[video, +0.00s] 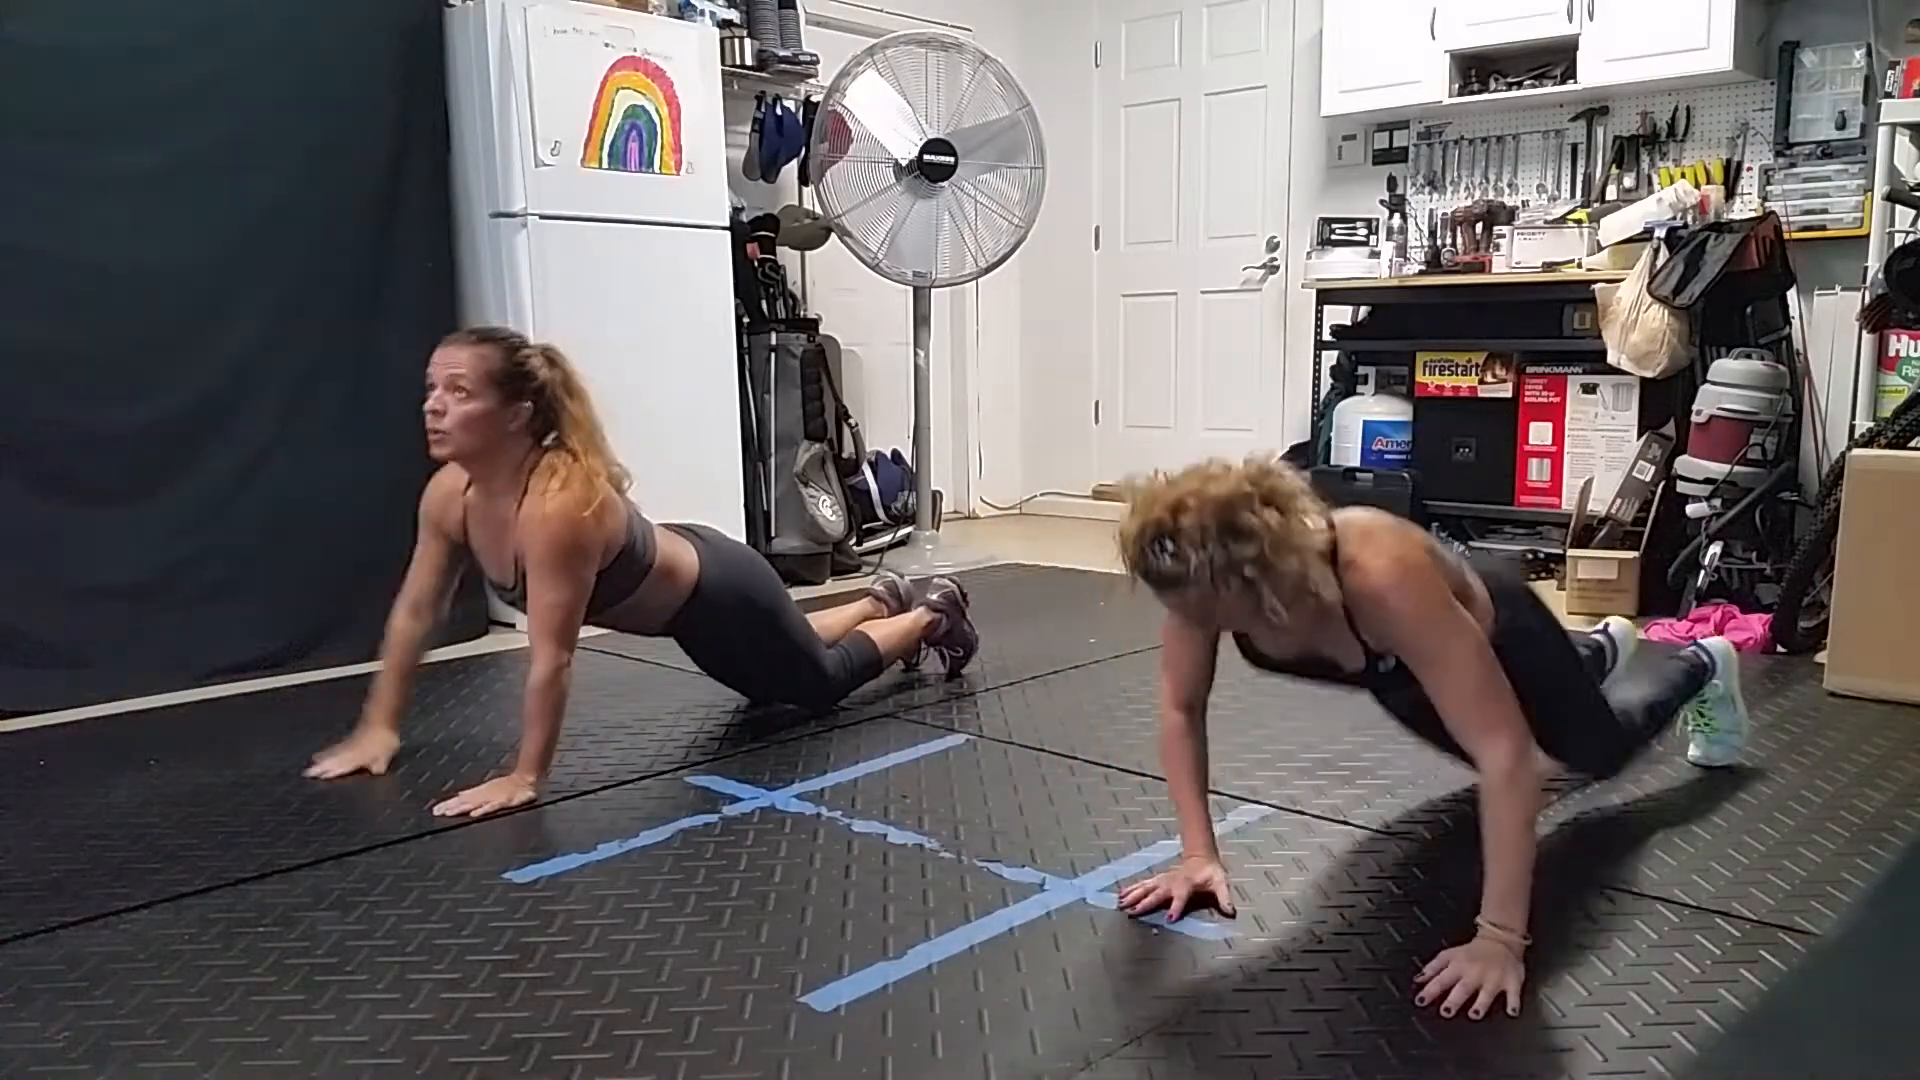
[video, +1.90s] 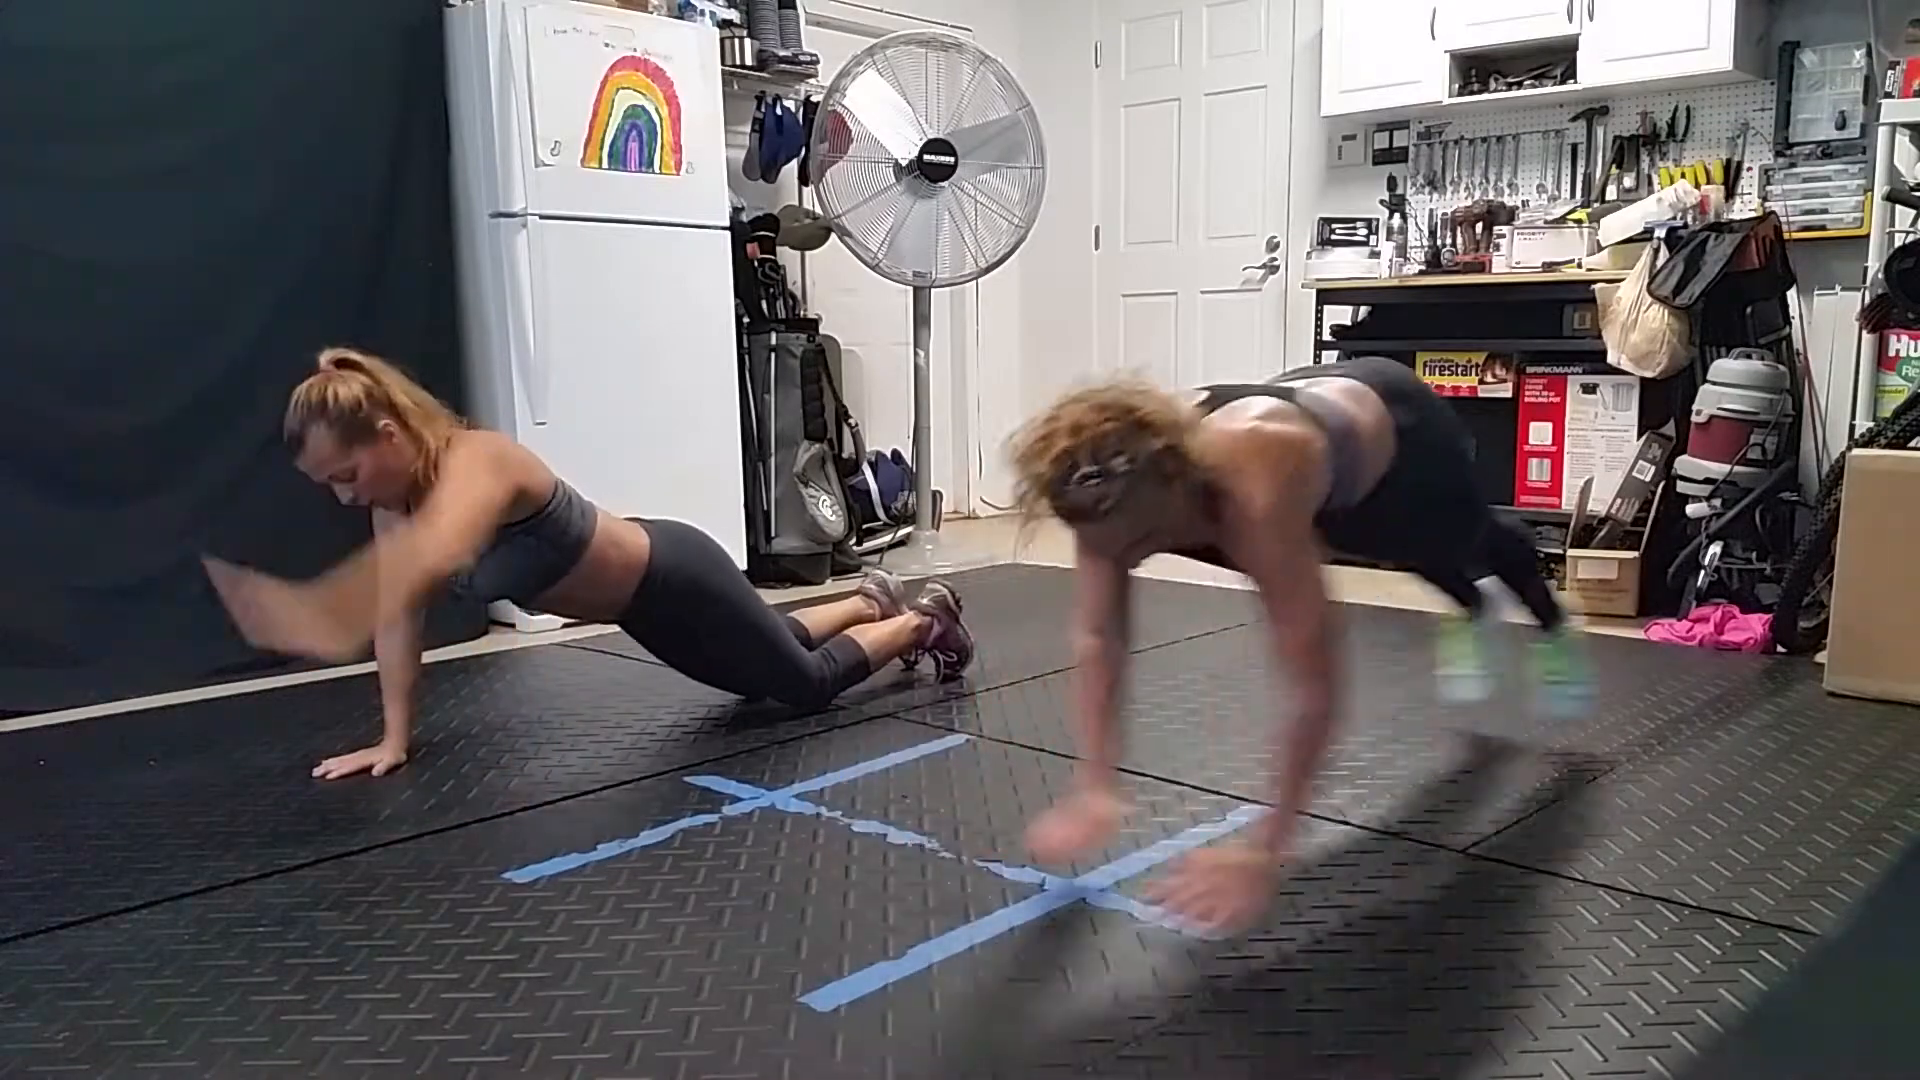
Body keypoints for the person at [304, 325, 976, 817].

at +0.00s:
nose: (433, 407)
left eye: (455, 394)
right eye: (431, 391)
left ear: (518, 412)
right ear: (437, 405)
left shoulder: (556, 506)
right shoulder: (451, 490)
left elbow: (552, 654)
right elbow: (414, 612)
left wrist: (526, 777)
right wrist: (378, 728)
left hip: (723, 600)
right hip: (683, 572)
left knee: (820, 684)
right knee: (783, 642)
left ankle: (926, 619)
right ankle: (878, 601)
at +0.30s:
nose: (353, 501)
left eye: (365, 484)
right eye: (350, 484)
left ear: (429, 471)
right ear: (406, 475)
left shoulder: (504, 536)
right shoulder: (411, 531)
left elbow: (570, 665)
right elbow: (413, 635)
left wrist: (526, 777)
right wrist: (397, 741)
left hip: (688, 623)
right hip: (650, 607)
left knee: (817, 679)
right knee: (778, 644)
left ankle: (923, 612)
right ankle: (876, 599)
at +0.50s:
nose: (319, 611)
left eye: (320, 594)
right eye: (309, 599)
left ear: (373, 560)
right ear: (367, 561)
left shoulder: (469, 583)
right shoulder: (398, 587)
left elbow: (577, 671)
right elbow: (404, 652)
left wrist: (526, 778)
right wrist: (395, 741)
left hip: (672, 651)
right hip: (631, 625)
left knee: (820, 681)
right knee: (766, 641)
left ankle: (910, 605)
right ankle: (874, 597)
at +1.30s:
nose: (346, 490)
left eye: (350, 470)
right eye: (333, 478)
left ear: (396, 436)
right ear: (348, 460)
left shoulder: (491, 481)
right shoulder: (398, 507)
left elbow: (506, 619)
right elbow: (405, 620)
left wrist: (491, 745)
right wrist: (394, 741)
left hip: (685, 586)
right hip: (647, 599)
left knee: (821, 685)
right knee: (772, 649)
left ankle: (922, 626)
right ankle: (872, 602)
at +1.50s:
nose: (349, 482)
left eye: (355, 466)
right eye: (339, 469)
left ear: (398, 435)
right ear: (347, 456)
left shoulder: (483, 472)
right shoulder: (406, 507)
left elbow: (352, 468)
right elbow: (404, 622)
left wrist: (244, 480)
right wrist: (395, 741)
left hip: (690, 579)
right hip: (652, 586)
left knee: (821, 676)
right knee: (785, 639)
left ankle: (928, 622)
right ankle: (884, 598)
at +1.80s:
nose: (339, 492)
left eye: (343, 471)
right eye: (327, 478)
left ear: (384, 434)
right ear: (349, 457)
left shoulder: (474, 460)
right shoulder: (401, 507)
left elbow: (338, 433)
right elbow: (399, 622)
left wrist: (229, 424)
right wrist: (393, 740)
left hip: (682, 583)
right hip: (642, 592)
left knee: (816, 677)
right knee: (778, 637)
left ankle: (926, 626)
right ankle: (873, 600)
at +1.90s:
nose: (345, 495)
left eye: (346, 474)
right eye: (331, 485)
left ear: (391, 429)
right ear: (341, 468)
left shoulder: (481, 462)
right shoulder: (402, 493)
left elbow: (414, 577)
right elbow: (396, 615)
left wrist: (328, 616)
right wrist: (395, 740)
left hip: (675, 585)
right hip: (644, 593)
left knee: (817, 680)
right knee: (775, 644)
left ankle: (923, 626)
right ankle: (874, 599)